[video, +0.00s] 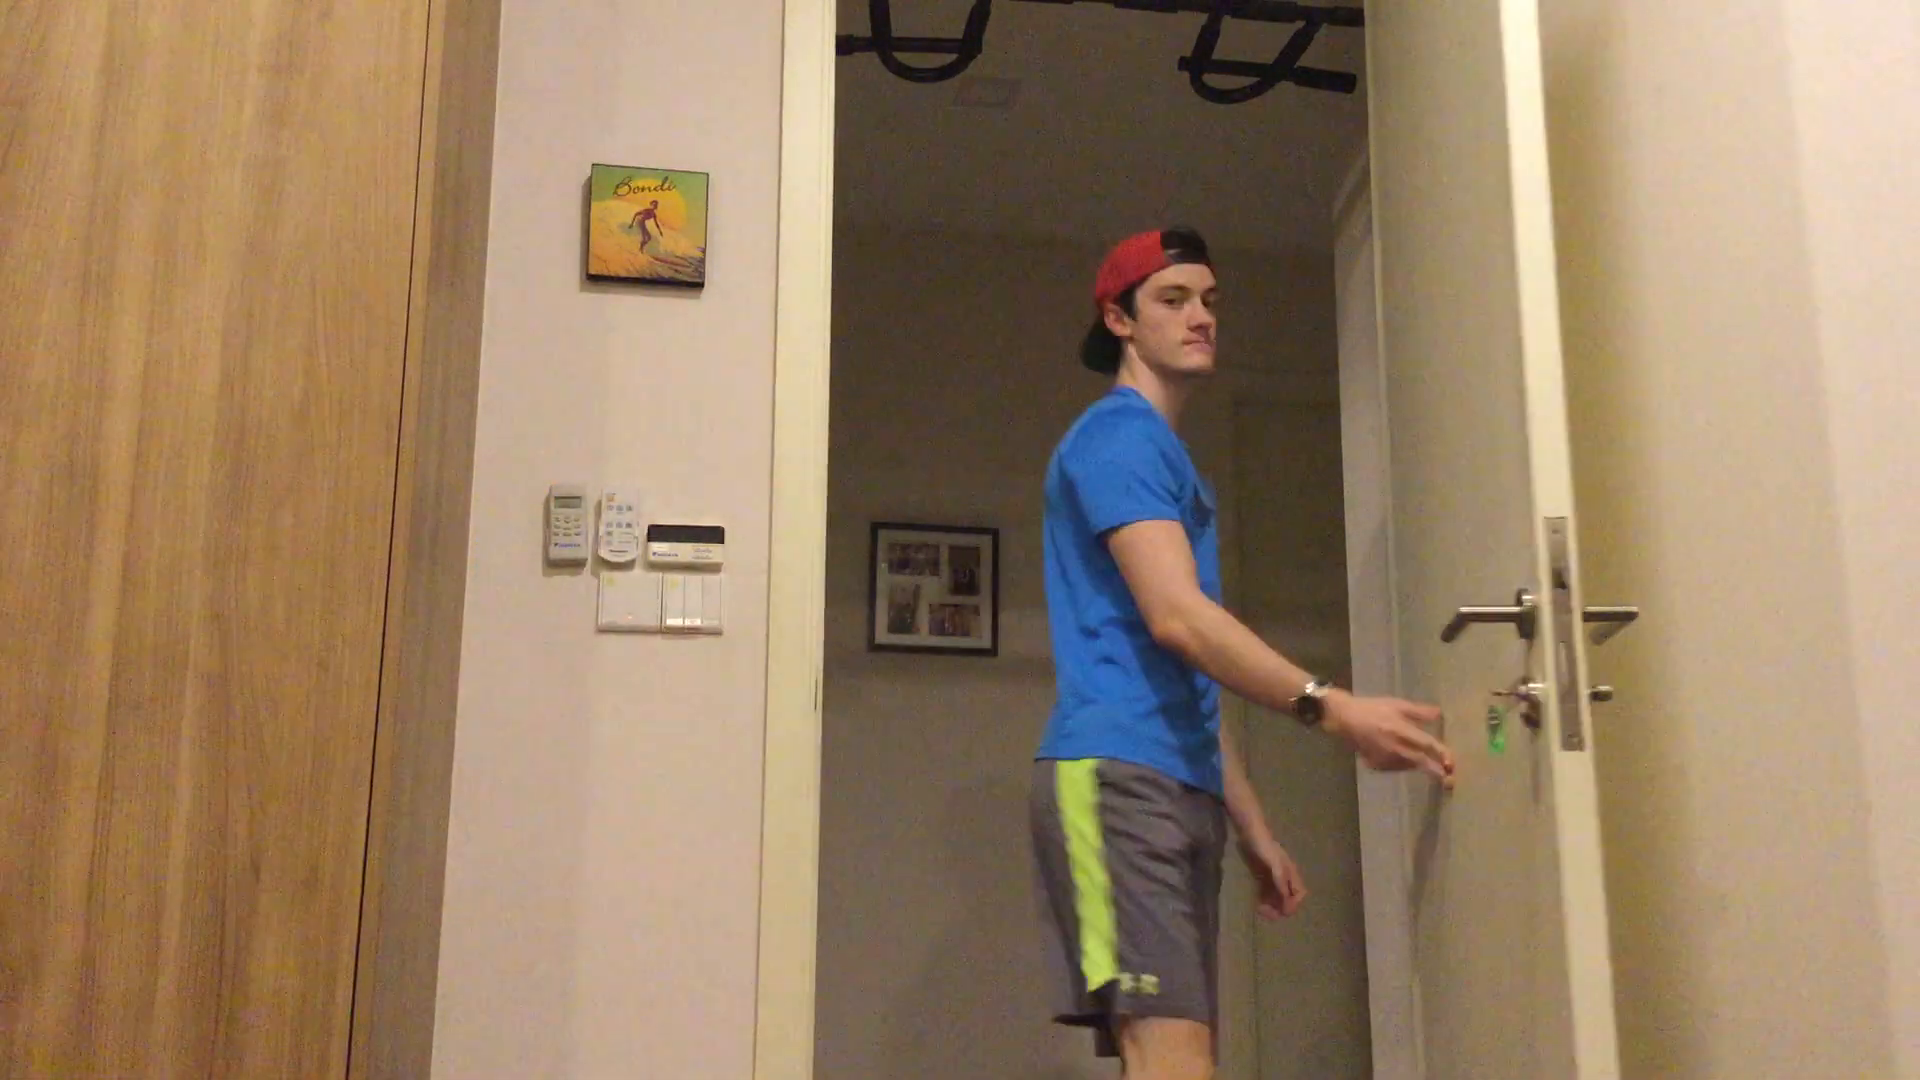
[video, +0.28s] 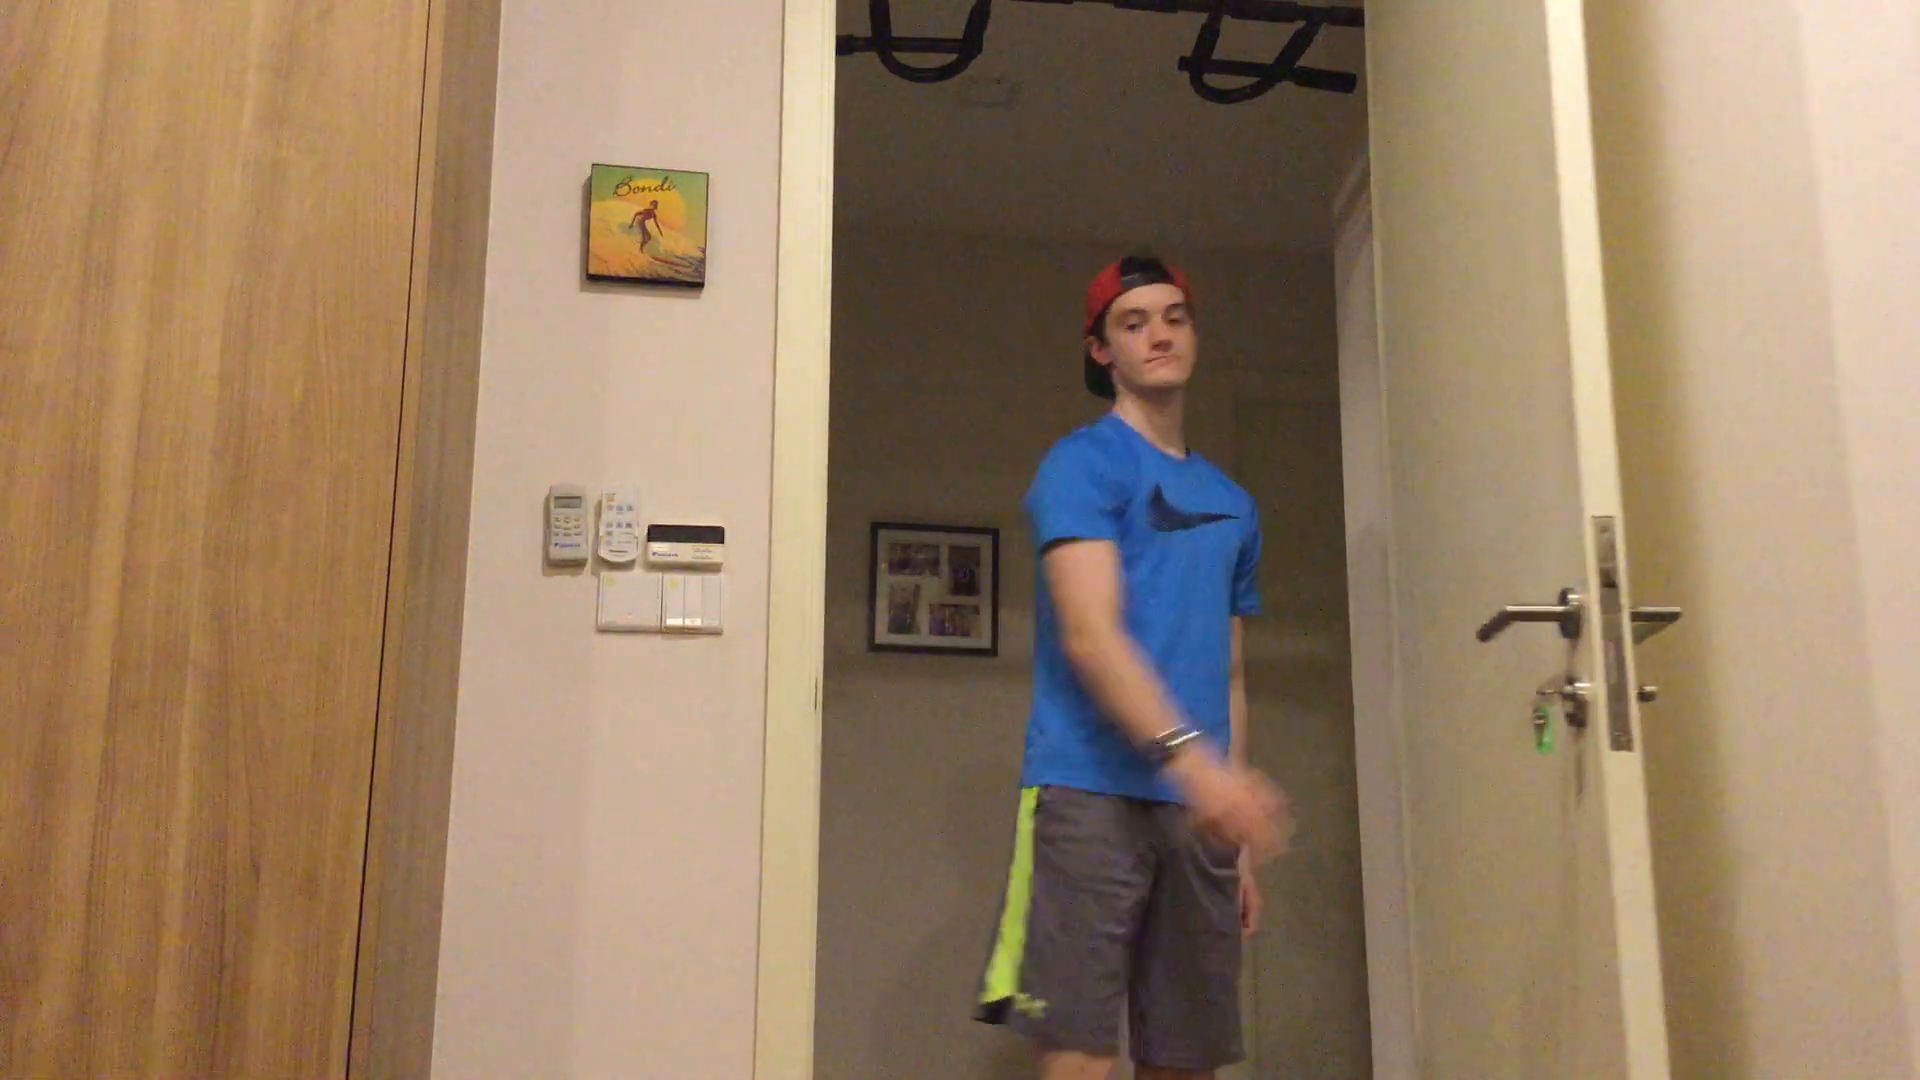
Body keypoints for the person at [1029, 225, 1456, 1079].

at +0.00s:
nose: (1202, 314)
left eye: (1209, 299)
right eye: (1174, 299)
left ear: (1219, 315)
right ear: (1123, 324)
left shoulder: (1175, 467)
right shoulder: (1118, 434)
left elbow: (1191, 685)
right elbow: (1176, 615)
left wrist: (1250, 827)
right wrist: (1336, 710)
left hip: (1173, 789)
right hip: (1119, 778)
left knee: (1175, 1055)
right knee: (1171, 1055)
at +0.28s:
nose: (1160, 333)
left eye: (1174, 317)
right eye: (1134, 323)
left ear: (1196, 338)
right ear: (1102, 351)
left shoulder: (1233, 504)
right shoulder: (1082, 464)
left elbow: (1230, 681)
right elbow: (1089, 635)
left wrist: (1236, 836)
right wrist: (1191, 760)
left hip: (1197, 804)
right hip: (1090, 799)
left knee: (1184, 1056)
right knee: (1081, 1052)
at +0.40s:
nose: (1130, 342)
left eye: (1146, 325)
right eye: (1105, 332)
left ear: (1173, 343)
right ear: (1079, 361)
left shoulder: (1221, 508)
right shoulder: (1053, 480)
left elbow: (1225, 686)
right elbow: (1037, 658)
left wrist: (1238, 842)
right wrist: (1094, 803)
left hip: (1194, 824)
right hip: (1075, 816)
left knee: (1184, 1063)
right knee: (1055, 1058)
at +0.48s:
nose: (1108, 351)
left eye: (1126, 333)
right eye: (1085, 340)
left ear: (1153, 352)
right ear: (1063, 368)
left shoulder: (1209, 513)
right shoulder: (1031, 492)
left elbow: (1224, 685)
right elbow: (1010, 669)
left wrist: (1248, 840)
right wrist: (1034, 815)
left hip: (1181, 823)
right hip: (1064, 818)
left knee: (1182, 1061)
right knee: (1045, 1058)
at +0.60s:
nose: (1079, 361)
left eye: (1095, 342)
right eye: (1057, 348)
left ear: (1126, 354)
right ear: (1035, 372)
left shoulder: (1182, 508)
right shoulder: (1001, 497)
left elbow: (1220, 672)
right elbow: (974, 668)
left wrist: (1262, 818)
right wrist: (982, 823)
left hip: (1148, 814)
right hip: (1031, 812)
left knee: (1168, 1057)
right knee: (1024, 1052)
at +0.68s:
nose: (1066, 367)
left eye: (1083, 347)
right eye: (1045, 353)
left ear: (1112, 356)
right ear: (1023, 373)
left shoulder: (1170, 502)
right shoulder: (988, 496)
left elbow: (1212, 665)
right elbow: (958, 665)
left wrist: (1258, 803)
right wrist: (966, 816)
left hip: (1134, 808)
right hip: (1014, 807)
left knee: (1157, 1052)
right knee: (1012, 1049)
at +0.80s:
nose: (1050, 378)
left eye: (1068, 355)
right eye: (1031, 360)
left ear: (1099, 359)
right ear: (1009, 369)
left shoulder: (1161, 495)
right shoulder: (972, 498)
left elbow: (1199, 656)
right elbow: (948, 660)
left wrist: (1233, 796)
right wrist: (949, 805)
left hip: (1122, 810)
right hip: (1000, 809)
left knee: (1144, 1059)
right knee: (1003, 1052)